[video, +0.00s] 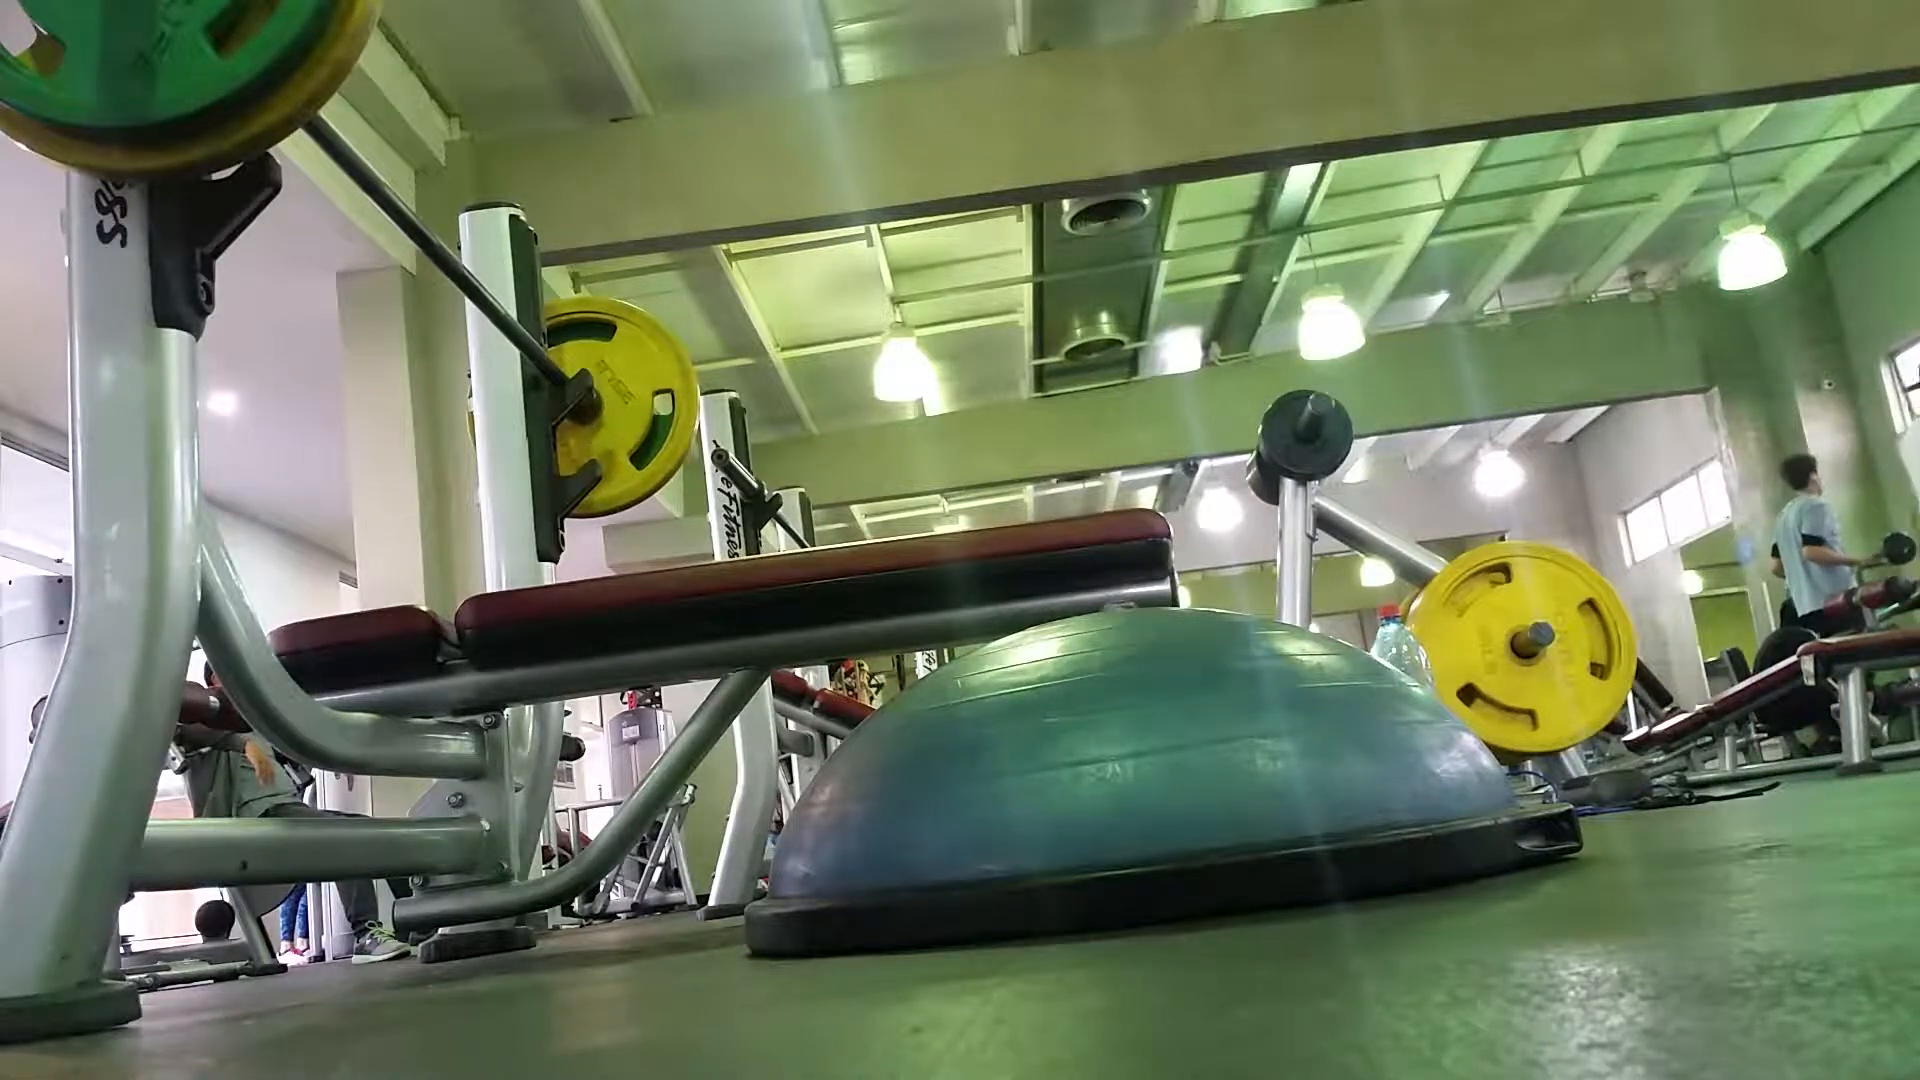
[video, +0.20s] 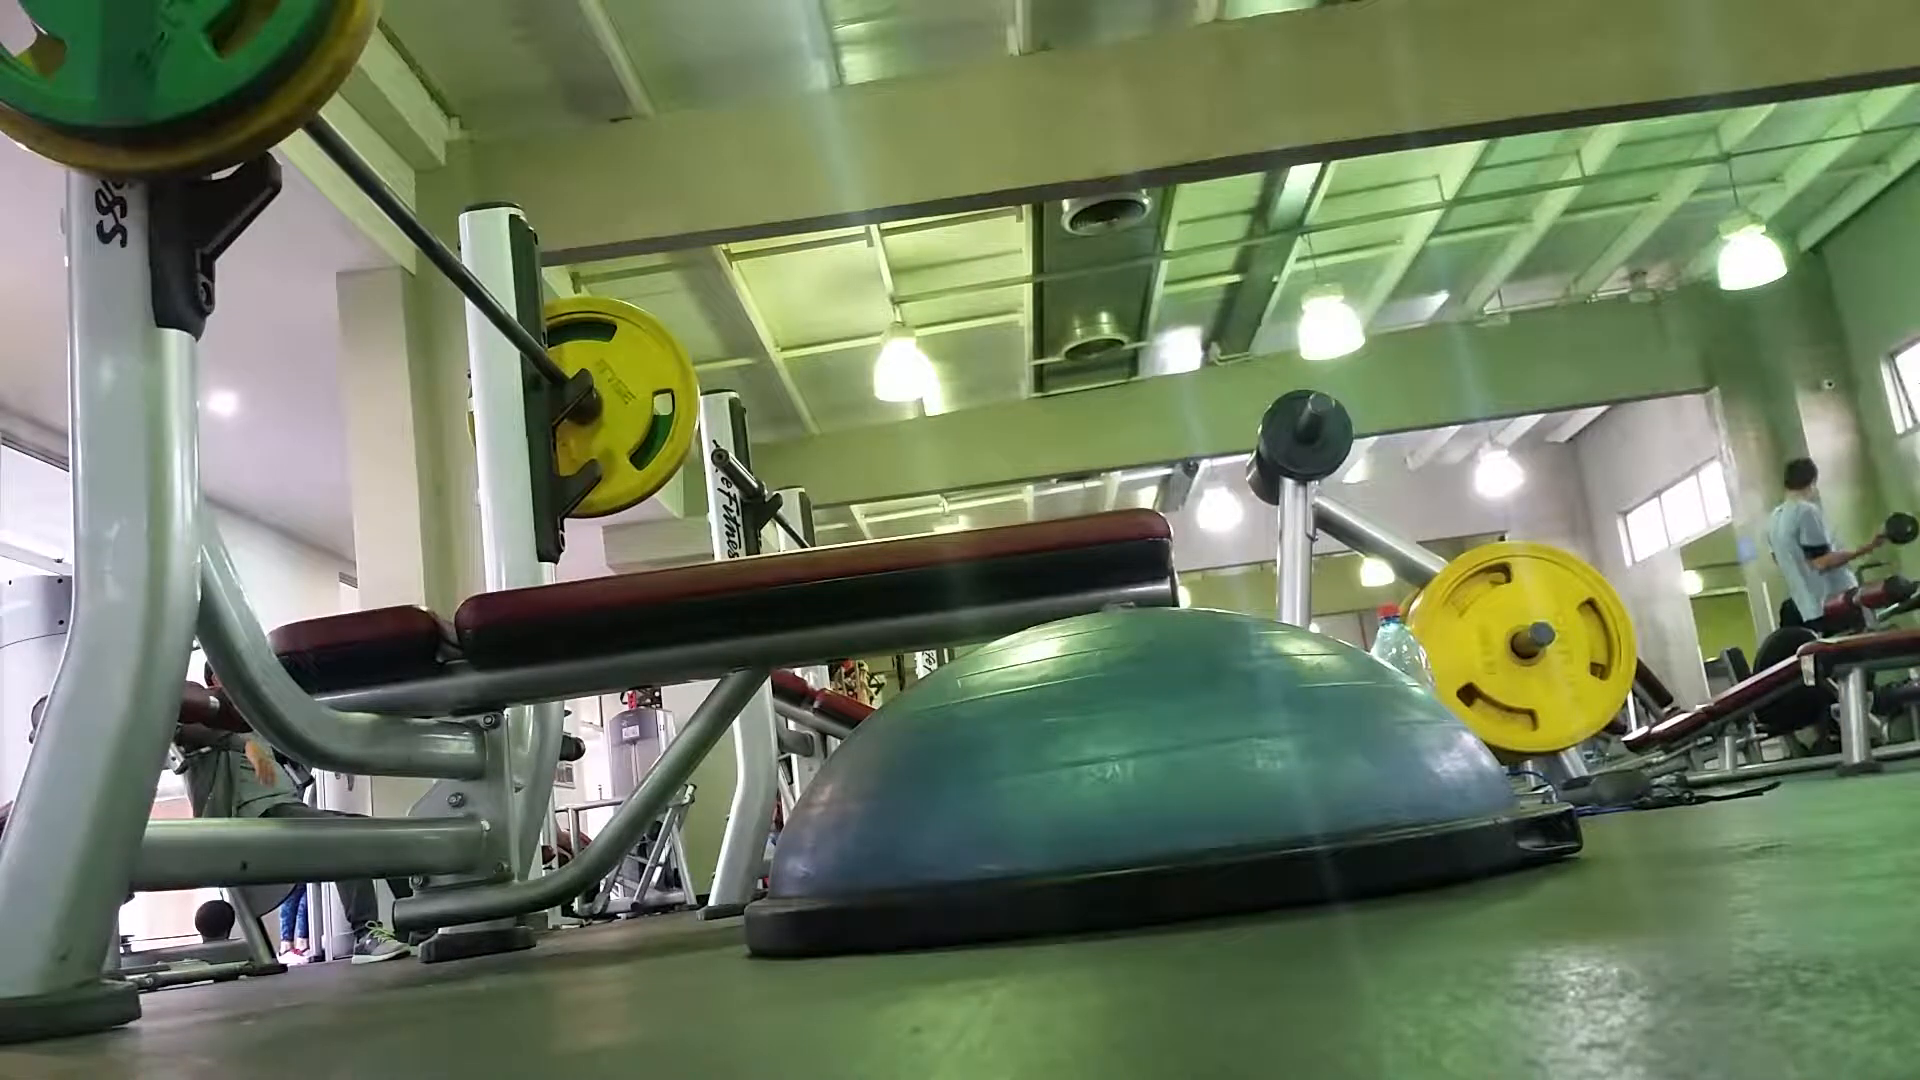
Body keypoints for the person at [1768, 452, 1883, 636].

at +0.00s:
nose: (1821, 479)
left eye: (1818, 473)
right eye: (1817, 473)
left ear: (1791, 481)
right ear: (1812, 477)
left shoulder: (1784, 515)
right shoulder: (1815, 505)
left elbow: (1777, 567)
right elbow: (1812, 551)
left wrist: (1806, 575)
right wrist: (1857, 561)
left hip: (1806, 611)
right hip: (1835, 605)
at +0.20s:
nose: (1816, 487)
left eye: (1815, 481)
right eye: (1815, 482)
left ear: (1787, 483)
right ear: (1811, 483)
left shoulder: (1775, 516)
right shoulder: (1806, 512)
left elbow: (1778, 559)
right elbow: (1821, 561)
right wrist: (1866, 548)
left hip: (1810, 612)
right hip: (1836, 607)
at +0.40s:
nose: (1810, 489)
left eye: (1810, 483)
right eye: (1810, 484)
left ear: (1780, 485)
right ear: (1805, 486)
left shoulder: (1769, 520)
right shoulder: (1805, 512)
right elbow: (1833, 556)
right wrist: (1864, 529)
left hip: (1810, 612)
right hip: (1838, 605)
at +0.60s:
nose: (1814, 486)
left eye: (1812, 480)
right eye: (1812, 480)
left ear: (1784, 486)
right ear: (1808, 483)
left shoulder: (1773, 520)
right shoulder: (1810, 509)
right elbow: (1839, 551)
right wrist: (1855, 511)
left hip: (1810, 609)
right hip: (1838, 604)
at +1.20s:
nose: (1811, 476)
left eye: (1807, 471)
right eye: (1806, 472)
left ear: (1784, 486)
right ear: (1798, 480)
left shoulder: (1776, 519)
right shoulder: (1811, 508)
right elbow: (1849, 545)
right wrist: (1839, 503)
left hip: (1811, 608)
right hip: (1838, 601)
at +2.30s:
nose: (1810, 477)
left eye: (1807, 472)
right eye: (1806, 472)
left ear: (1781, 484)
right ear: (1797, 478)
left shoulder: (1775, 517)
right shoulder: (1806, 509)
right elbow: (1832, 551)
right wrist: (1847, 512)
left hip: (1807, 606)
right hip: (1834, 599)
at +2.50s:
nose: (1810, 477)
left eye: (1806, 472)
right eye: (1804, 473)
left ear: (1781, 488)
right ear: (1798, 481)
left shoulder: (1775, 520)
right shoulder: (1806, 506)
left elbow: (1781, 564)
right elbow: (1815, 555)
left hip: (1808, 610)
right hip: (1835, 602)